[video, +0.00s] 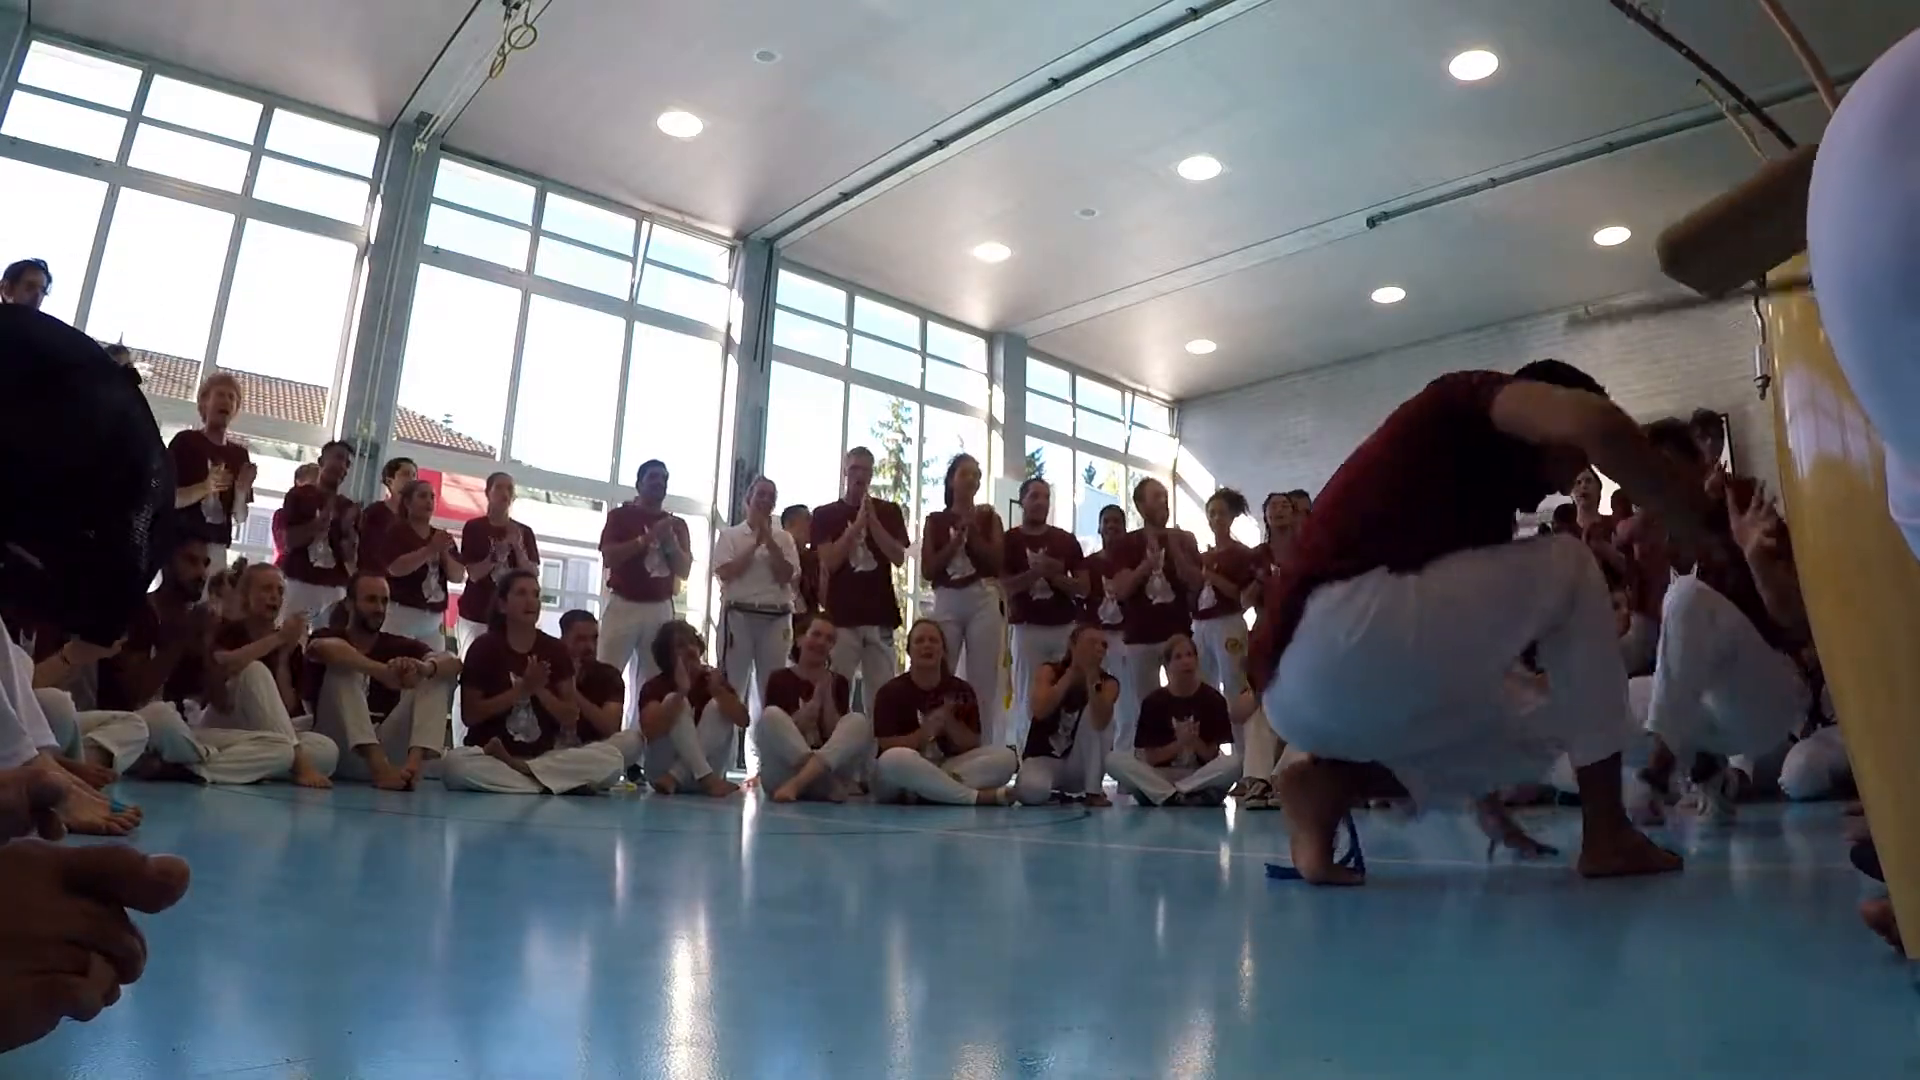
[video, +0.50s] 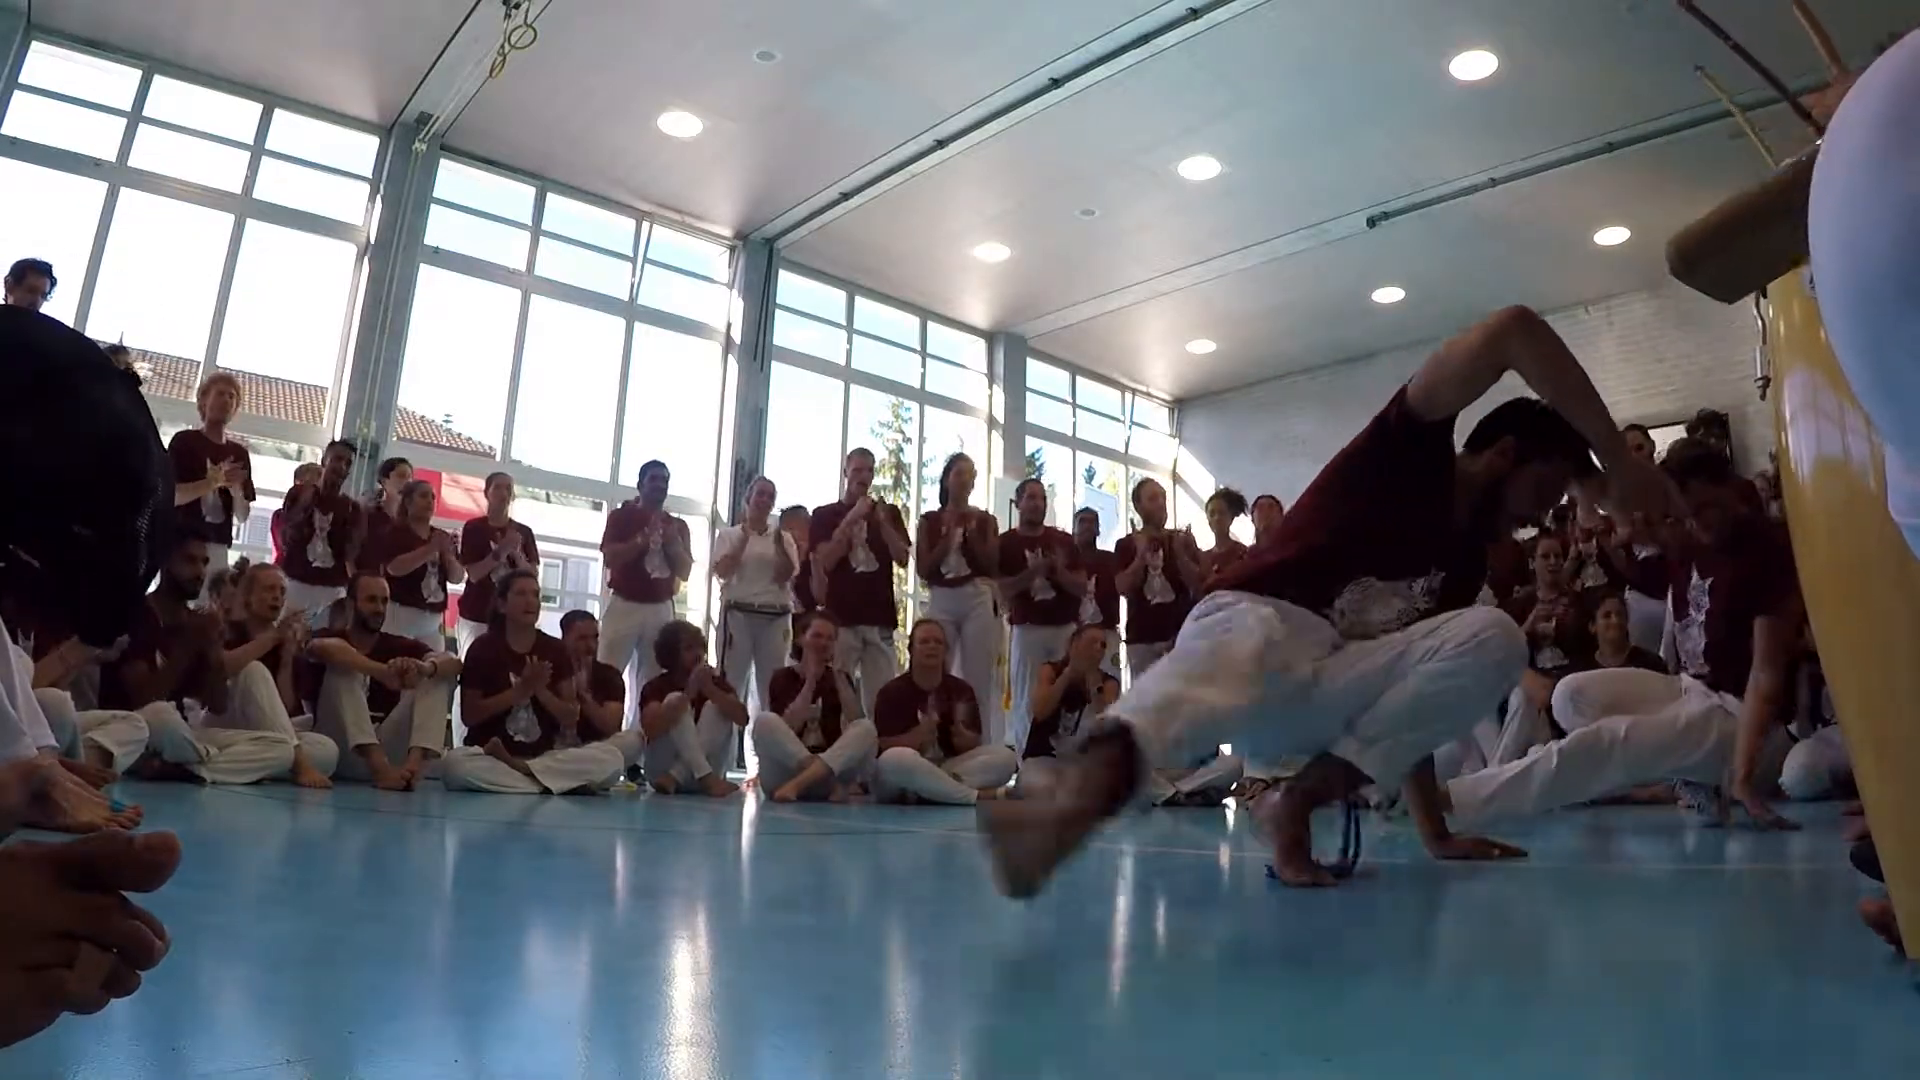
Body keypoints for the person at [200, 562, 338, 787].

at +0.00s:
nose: (275, 597)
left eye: (279, 591)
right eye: (266, 589)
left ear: (284, 597)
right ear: (246, 594)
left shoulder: (289, 645)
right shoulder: (228, 632)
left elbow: (291, 708)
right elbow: (222, 665)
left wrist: (284, 658)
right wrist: (280, 638)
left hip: (272, 734)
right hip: (225, 728)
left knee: (327, 751)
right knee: (255, 671)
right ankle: (300, 761)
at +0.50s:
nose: (278, 597)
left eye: (282, 591)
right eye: (269, 589)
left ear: (285, 598)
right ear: (247, 595)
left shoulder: (285, 642)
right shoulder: (227, 631)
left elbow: (287, 708)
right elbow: (222, 667)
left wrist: (288, 655)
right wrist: (274, 637)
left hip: (269, 729)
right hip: (224, 724)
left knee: (327, 751)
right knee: (254, 671)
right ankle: (298, 762)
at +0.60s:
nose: (198, 571)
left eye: (203, 563)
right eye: (188, 561)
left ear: (207, 567)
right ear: (164, 561)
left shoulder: (198, 622)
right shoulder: (136, 613)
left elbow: (213, 704)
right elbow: (144, 696)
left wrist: (207, 648)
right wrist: (192, 645)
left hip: (179, 733)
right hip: (132, 730)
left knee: (284, 748)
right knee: (162, 714)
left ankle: (184, 770)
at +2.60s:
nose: (187, 579)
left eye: (192, 567)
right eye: (174, 569)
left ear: (197, 567)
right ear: (153, 570)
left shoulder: (194, 621)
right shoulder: (128, 615)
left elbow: (205, 707)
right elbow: (139, 702)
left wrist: (201, 647)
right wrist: (183, 647)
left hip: (180, 734)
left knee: (283, 751)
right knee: (162, 716)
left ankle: (181, 771)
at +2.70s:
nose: (188, 579)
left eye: (192, 567)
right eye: (175, 569)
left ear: (198, 567)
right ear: (153, 570)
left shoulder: (197, 623)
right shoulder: (129, 616)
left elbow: (209, 706)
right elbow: (138, 702)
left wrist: (199, 653)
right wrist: (182, 648)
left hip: (181, 732)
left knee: (284, 751)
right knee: (161, 716)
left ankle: (189, 773)